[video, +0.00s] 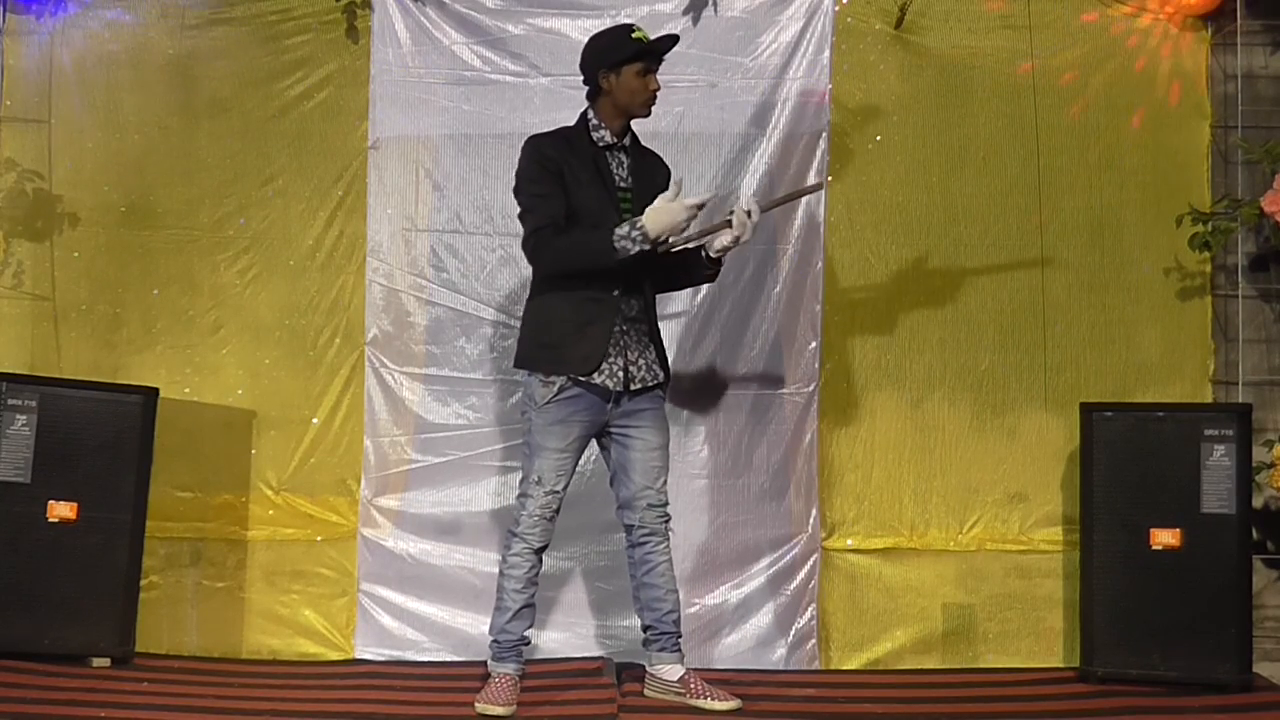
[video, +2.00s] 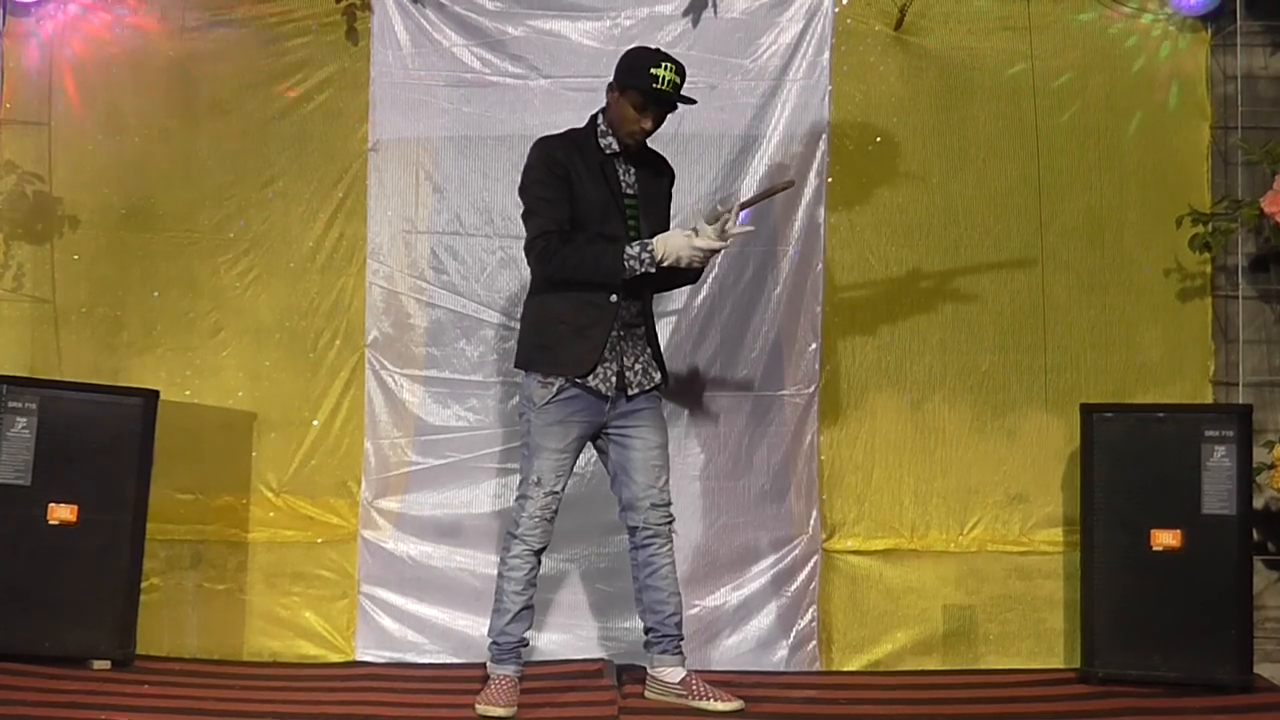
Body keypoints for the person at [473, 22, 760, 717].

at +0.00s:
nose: (657, 83)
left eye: (655, 72)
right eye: (645, 72)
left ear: (627, 82)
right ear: (606, 79)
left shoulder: (652, 171)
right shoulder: (546, 153)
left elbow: (646, 274)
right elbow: (545, 253)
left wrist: (710, 254)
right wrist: (634, 234)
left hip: (639, 372)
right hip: (564, 371)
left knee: (649, 519)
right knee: (534, 521)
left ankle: (665, 669)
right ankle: (505, 669)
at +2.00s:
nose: (651, 120)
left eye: (662, 111)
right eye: (644, 105)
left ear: (666, 113)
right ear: (615, 93)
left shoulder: (656, 173)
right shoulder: (554, 154)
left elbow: (641, 278)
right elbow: (547, 258)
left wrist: (692, 259)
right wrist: (648, 253)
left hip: (635, 376)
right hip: (559, 375)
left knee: (651, 519)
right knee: (533, 523)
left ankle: (666, 671)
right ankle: (503, 671)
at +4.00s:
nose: (647, 104)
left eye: (652, 92)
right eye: (637, 91)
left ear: (645, 96)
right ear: (598, 88)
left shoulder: (649, 168)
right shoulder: (543, 156)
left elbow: (650, 269)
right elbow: (534, 257)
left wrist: (705, 248)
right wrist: (622, 215)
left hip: (638, 376)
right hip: (562, 375)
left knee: (654, 518)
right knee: (533, 522)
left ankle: (667, 669)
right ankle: (503, 669)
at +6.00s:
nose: (621, 91)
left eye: (635, 81)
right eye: (611, 77)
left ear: (650, 91)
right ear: (591, 82)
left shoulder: (662, 171)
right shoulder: (553, 151)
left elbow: (650, 277)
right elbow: (529, 239)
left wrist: (685, 246)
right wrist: (633, 234)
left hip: (640, 373)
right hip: (564, 369)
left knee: (663, 520)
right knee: (532, 520)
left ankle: (667, 670)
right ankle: (503, 668)